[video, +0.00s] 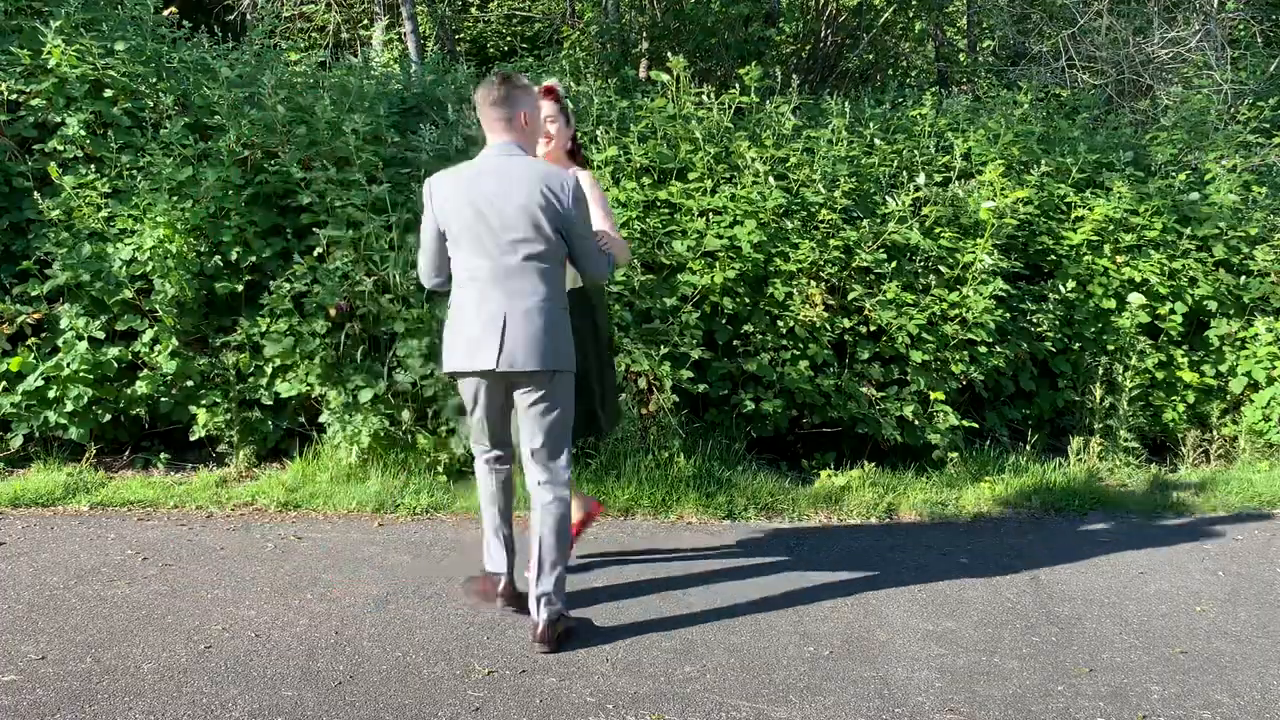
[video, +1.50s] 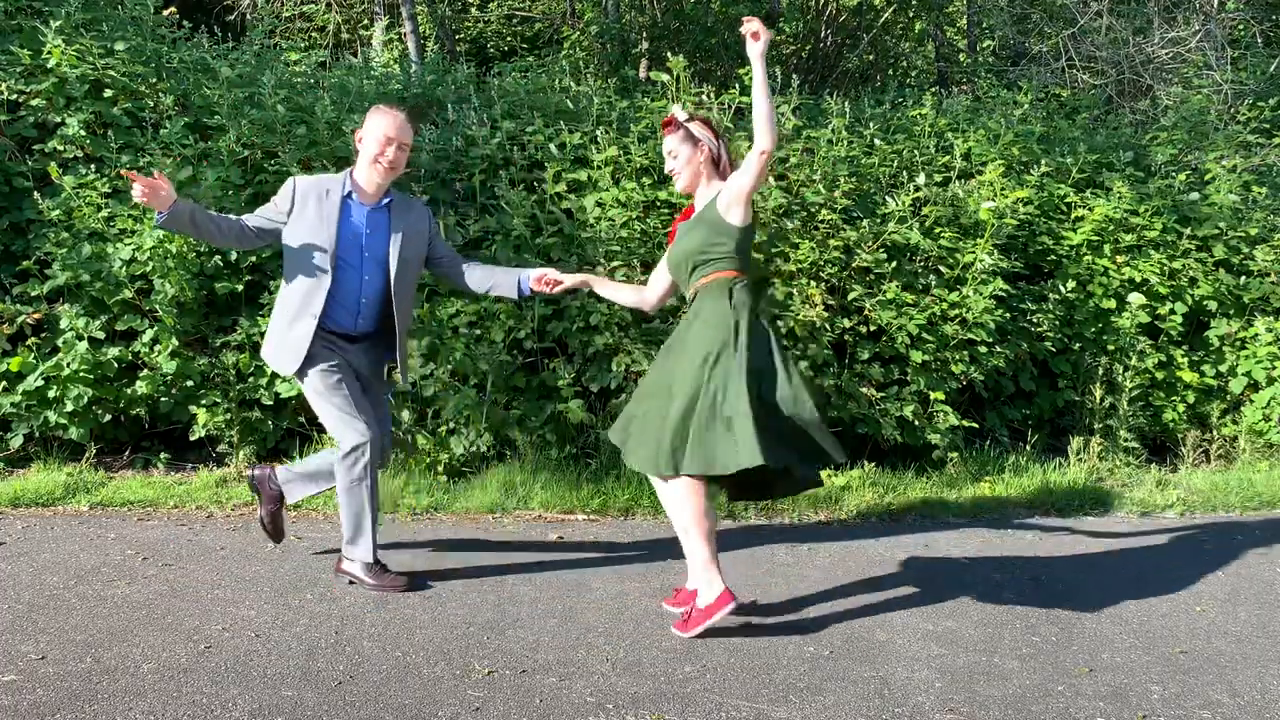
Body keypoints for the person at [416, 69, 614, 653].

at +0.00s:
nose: (543, 128)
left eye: (539, 120)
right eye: (539, 120)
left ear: (481, 122)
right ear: (532, 123)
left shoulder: (442, 186)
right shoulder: (558, 182)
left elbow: (432, 276)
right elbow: (595, 270)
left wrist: (477, 261)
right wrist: (604, 249)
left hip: (472, 343)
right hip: (542, 344)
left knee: (490, 458)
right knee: (548, 469)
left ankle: (500, 574)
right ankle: (547, 609)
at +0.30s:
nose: (527, 127)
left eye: (524, 116)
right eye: (519, 116)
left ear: (475, 128)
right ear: (489, 124)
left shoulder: (441, 185)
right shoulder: (485, 184)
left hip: (443, 356)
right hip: (480, 359)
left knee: (503, 463)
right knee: (523, 470)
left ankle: (495, 577)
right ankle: (518, 600)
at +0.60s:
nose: (489, 143)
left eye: (489, 134)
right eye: (480, 134)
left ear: (458, 139)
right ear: (442, 138)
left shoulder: (462, 206)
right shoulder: (412, 197)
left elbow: (495, 277)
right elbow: (372, 257)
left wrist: (573, 283)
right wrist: (385, 228)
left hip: (454, 363)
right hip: (414, 364)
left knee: (499, 450)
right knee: (436, 475)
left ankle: (499, 573)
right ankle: (363, 560)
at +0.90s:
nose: (456, 151)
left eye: (463, 144)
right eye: (445, 140)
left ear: (466, 156)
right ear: (414, 144)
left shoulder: (463, 222)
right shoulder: (362, 198)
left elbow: (512, 278)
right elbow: (297, 237)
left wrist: (583, 282)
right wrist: (249, 204)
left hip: (427, 358)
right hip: (368, 354)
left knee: (465, 452)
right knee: (420, 457)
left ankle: (500, 567)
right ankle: (365, 556)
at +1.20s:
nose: (416, 151)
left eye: (425, 144)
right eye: (408, 139)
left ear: (429, 153)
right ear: (379, 137)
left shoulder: (432, 215)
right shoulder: (321, 188)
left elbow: (479, 265)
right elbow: (255, 222)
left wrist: (551, 268)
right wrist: (190, 192)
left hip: (392, 346)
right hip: (327, 342)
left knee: (436, 426)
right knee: (371, 440)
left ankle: (429, 542)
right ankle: (360, 558)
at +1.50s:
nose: (394, 154)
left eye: (403, 147)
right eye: (386, 142)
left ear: (409, 155)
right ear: (359, 141)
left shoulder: (416, 217)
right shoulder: (305, 194)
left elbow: (460, 271)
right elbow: (242, 232)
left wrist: (526, 280)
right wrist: (174, 209)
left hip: (370, 350)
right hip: (312, 343)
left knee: (376, 451)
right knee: (360, 440)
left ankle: (277, 481)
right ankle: (360, 559)